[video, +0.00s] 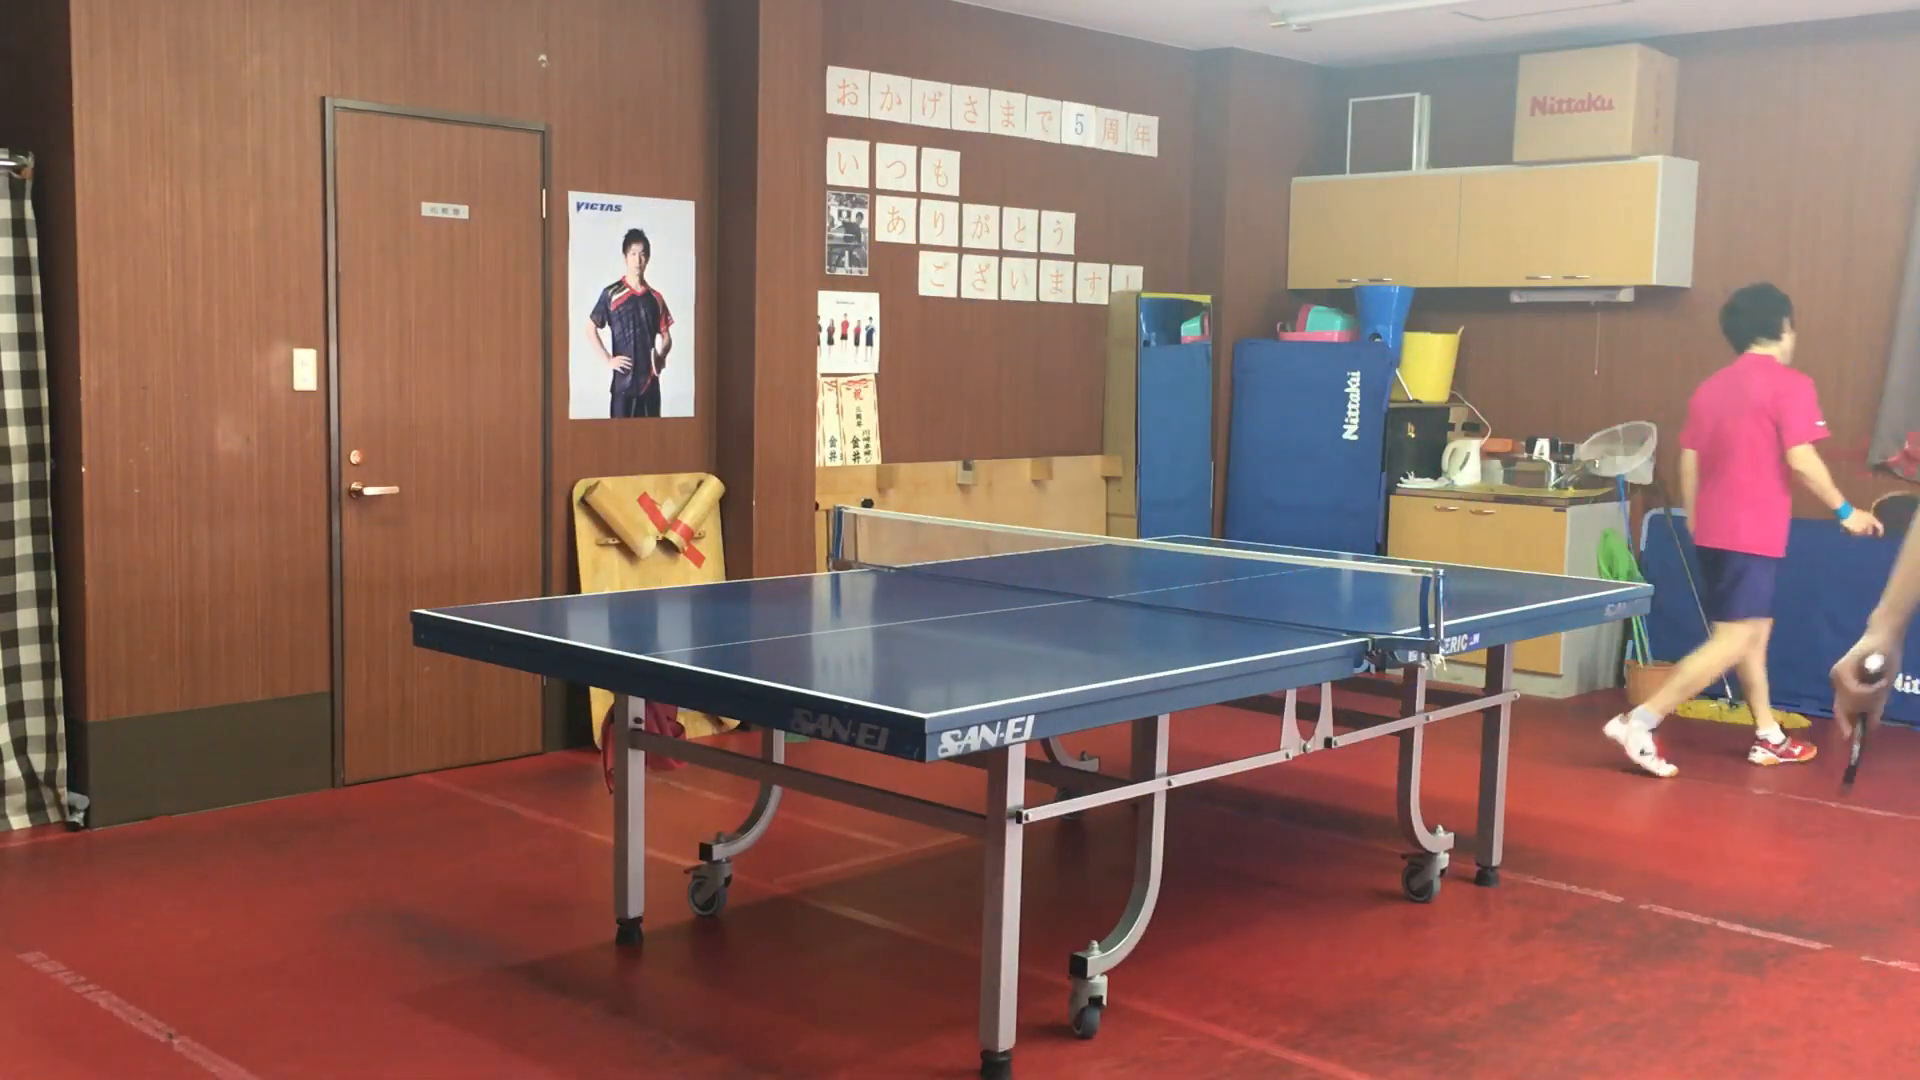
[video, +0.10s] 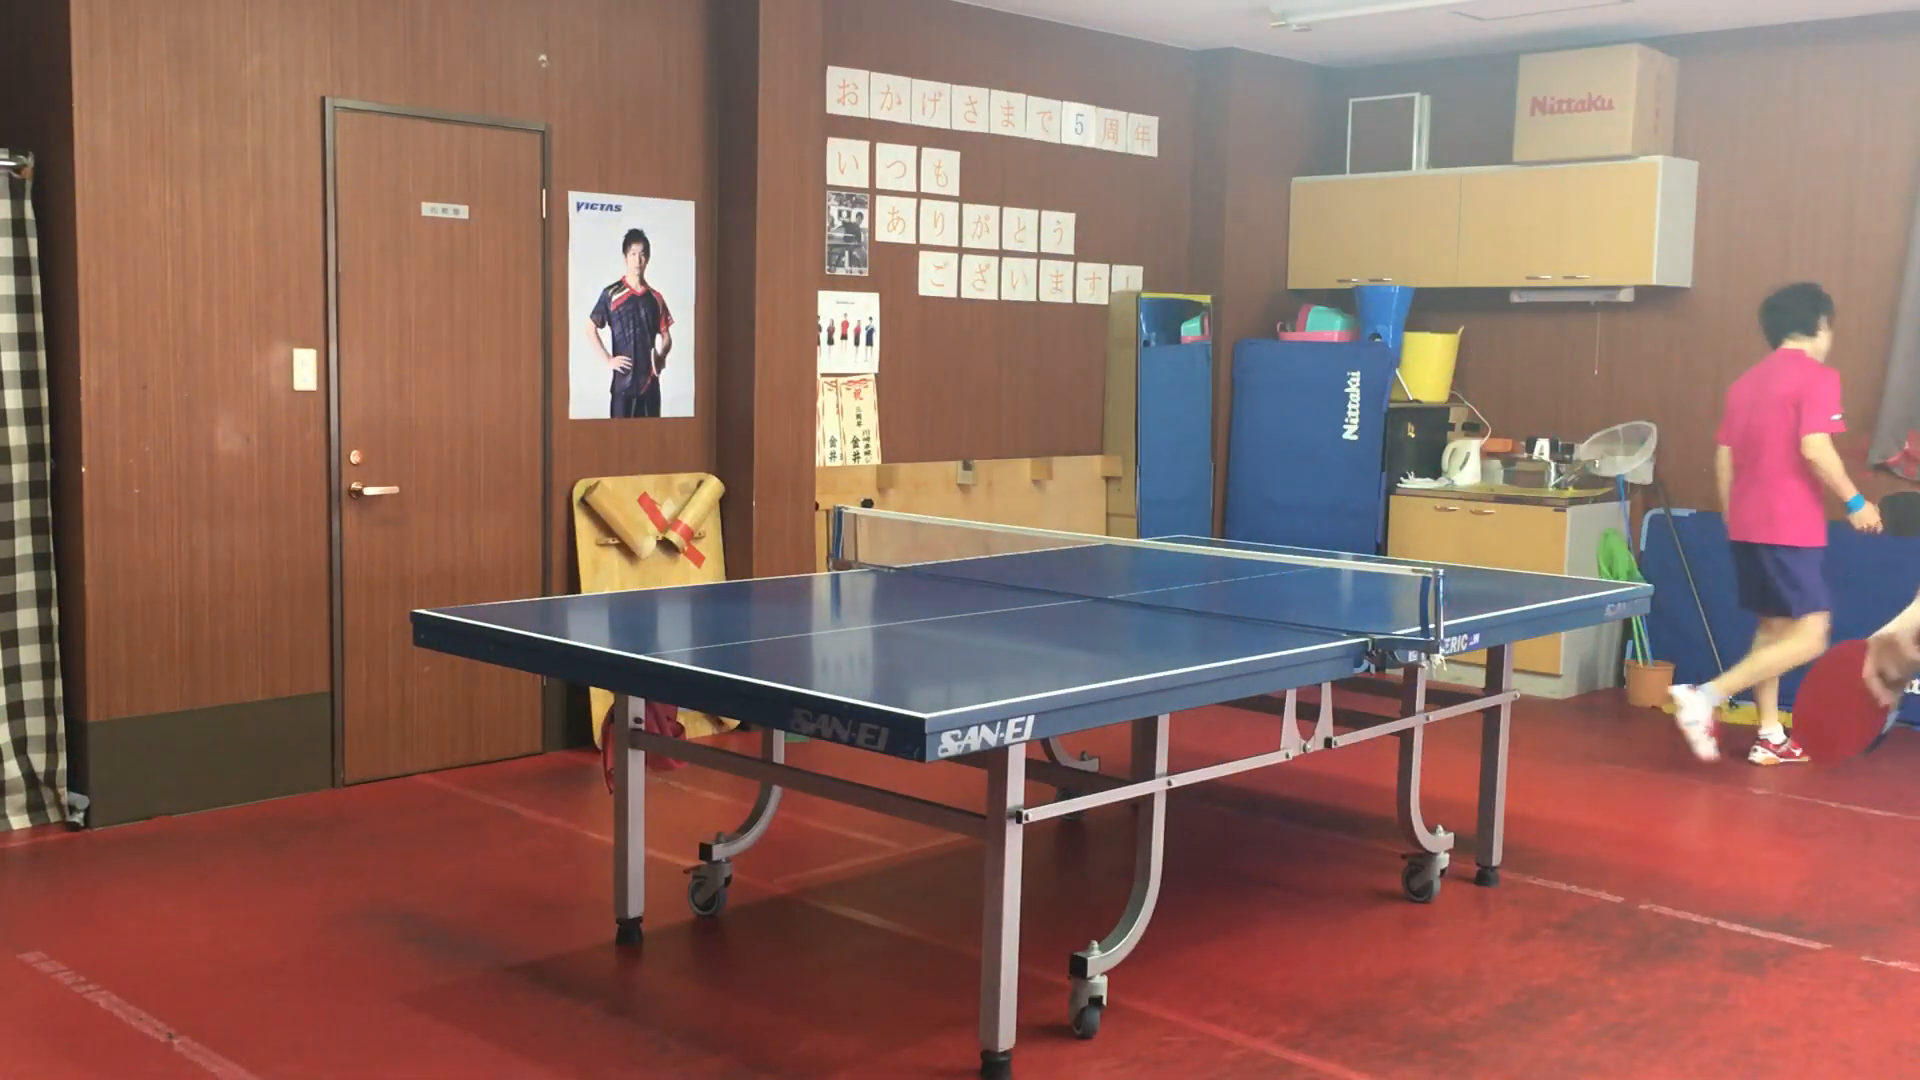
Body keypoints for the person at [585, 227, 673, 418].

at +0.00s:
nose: (638, 259)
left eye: (643, 254)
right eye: (633, 254)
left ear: (648, 258)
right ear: (625, 257)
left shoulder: (655, 297)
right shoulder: (611, 294)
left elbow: (665, 336)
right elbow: (591, 328)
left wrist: (661, 356)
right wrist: (608, 359)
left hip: (650, 378)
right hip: (624, 379)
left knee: (650, 436)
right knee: (622, 436)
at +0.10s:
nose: (638, 259)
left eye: (642, 254)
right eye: (633, 254)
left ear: (648, 258)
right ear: (625, 257)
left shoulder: (655, 297)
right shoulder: (611, 294)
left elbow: (665, 336)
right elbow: (591, 328)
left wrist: (661, 356)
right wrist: (608, 359)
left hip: (650, 378)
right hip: (624, 379)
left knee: (649, 436)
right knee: (622, 436)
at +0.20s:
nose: (638, 259)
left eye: (642, 254)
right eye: (633, 254)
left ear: (648, 258)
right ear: (625, 257)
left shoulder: (655, 297)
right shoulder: (611, 294)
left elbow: (665, 336)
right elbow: (591, 328)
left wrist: (661, 356)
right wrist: (608, 359)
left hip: (650, 378)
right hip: (624, 379)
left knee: (650, 436)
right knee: (622, 436)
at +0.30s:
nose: (638, 259)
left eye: (642, 254)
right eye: (633, 254)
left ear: (648, 258)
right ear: (625, 257)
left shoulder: (655, 297)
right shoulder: (611, 294)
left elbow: (665, 336)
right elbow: (591, 328)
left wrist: (661, 355)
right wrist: (608, 359)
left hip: (650, 378)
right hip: (624, 379)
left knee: (650, 436)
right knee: (622, 436)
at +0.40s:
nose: (638, 259)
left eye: (642, 254)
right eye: (633, 254)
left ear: (648, 258)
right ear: (625, 257)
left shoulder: (655, 297)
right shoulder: (611, 294)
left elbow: (665, 336)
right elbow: (591, 328)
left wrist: (661, 356)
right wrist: (608, 359)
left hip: (650, 378)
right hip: (624, 379)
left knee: (650, 436)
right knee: (622, 436)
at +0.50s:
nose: (638, 259)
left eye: (642, 254)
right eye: (633, 254)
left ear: (648, 258)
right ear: (625, 257)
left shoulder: (655, 297)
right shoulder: (611, 294)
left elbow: (665, 336)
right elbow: (591, 328)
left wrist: (661, 356)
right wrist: (608, 359)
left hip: (650, 378)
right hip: (624, 379)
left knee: (650, 436)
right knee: (622, 436)